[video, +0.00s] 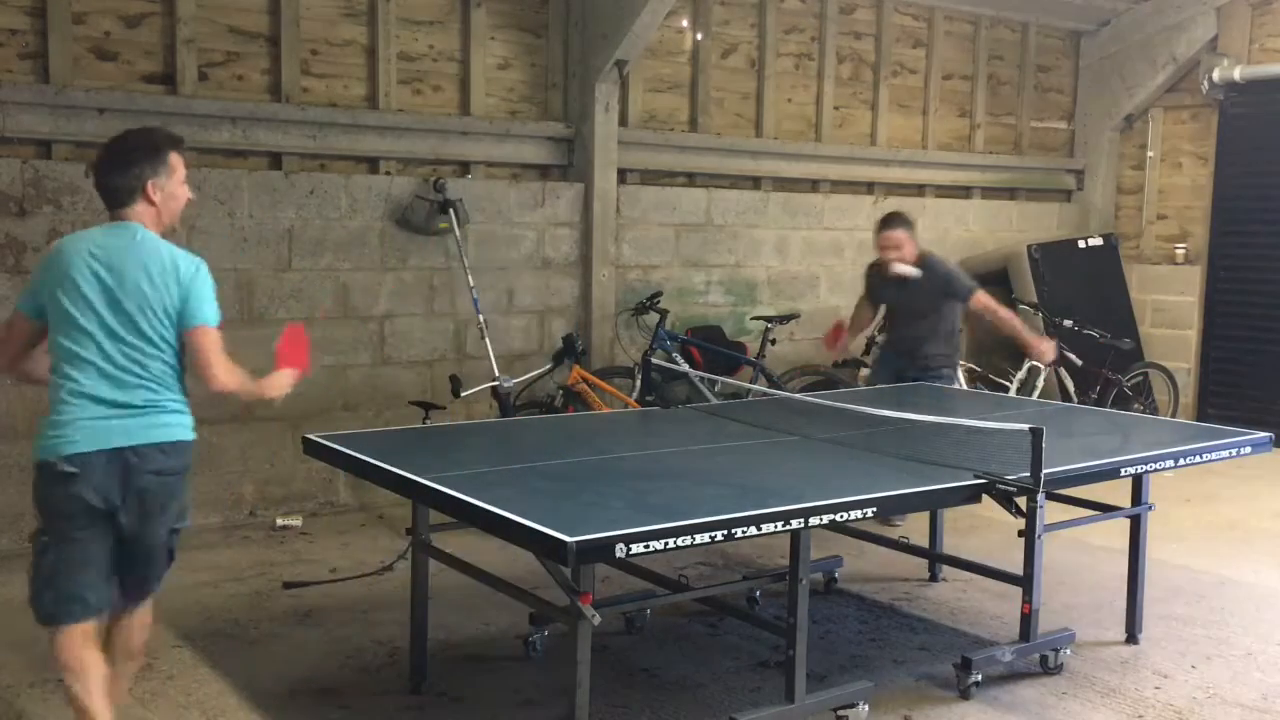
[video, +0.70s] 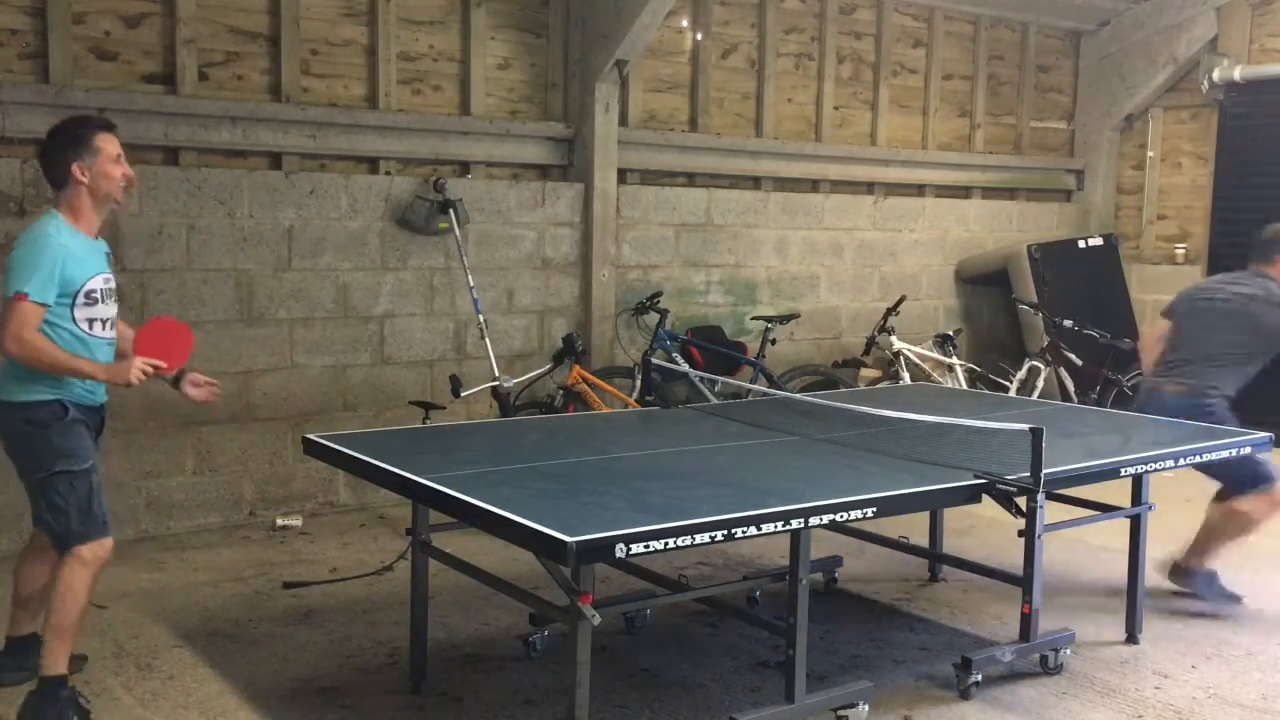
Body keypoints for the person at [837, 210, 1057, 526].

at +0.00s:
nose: (890, 255)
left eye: (897, 247)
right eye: (884, 248)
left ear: (914, 244)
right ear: (878, 247)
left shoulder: (938, 272)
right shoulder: (877, 273)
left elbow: (989, 307)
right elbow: (868, 306)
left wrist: (1032, 341)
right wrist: (848, 333)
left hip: (934, 372)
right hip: (891, 368)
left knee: (921, 439)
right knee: (879, 431)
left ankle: (898, 503)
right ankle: (879, 496)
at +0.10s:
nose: (936, 249)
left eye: (944, 241)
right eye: (929, 241)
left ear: (958, 237)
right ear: (918, 239)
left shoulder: (978, 264)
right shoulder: (913, 260)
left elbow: (1021, 295)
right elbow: (887, 288)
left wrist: (1053, 326)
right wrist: (889, 314)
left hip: (968, 369)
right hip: (924, 362)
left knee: (956, 438)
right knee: (911, 430)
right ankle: (890, 511)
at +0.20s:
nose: (993, 252)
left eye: (1000, 244)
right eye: (985, 244)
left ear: (1010, 239)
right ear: (967, 240)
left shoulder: (1028, 266)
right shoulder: (948, 263)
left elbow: (1059, 319)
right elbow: (920, 302)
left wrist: (1087, 374)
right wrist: (953, 322)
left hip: (1006, 369)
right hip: (960, 365)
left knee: (1000, 443)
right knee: (958, 439)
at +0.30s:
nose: (1068, 252)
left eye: (1073, 243)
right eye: (1059, 243)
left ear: (1079, 241)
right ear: (1035, 238)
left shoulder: (1081, 273)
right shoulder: (1005, 275)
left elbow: (1082, 327)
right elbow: (979, 332)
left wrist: (1092, 374)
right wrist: (1037, 354)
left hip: (1050, 382)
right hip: (1000, 381)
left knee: (1065, 452)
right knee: (980, 454)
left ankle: (1047, 525)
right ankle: (940, 527)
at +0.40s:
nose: (1143, 251)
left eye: (1147, 242)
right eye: (1135, 241)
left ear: (1146, 241)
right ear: (1106, 237)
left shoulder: (1117, 273)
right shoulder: (1077, 275)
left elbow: (1097, 340)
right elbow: (1076, 353)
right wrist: (1128, 390)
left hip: (1091, 387)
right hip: (1052, 388)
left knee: (1146, 455)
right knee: (1019, 467)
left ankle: (1171, 559)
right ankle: (955, 522)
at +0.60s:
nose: (1270, 259)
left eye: (1270, 250)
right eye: (1264, 249)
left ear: (1222, 252)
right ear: (1234, 251)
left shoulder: (1168, 285)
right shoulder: (1243, 304)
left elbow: (1146, 348)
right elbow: (1274, 367)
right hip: (1163, 419)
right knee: (1187, 513)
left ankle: (1189, 569)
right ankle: (1082, 530)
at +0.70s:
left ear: (1253, 258)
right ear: (1278, 262)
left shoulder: (1202, 288)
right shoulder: (1273, 299)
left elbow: (1150, 338)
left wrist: (1156, 385)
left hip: (1150, 405)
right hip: (1198, 410)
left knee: (1241, 480)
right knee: (1268, 488)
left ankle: (1193, 565)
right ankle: (1193, 563)